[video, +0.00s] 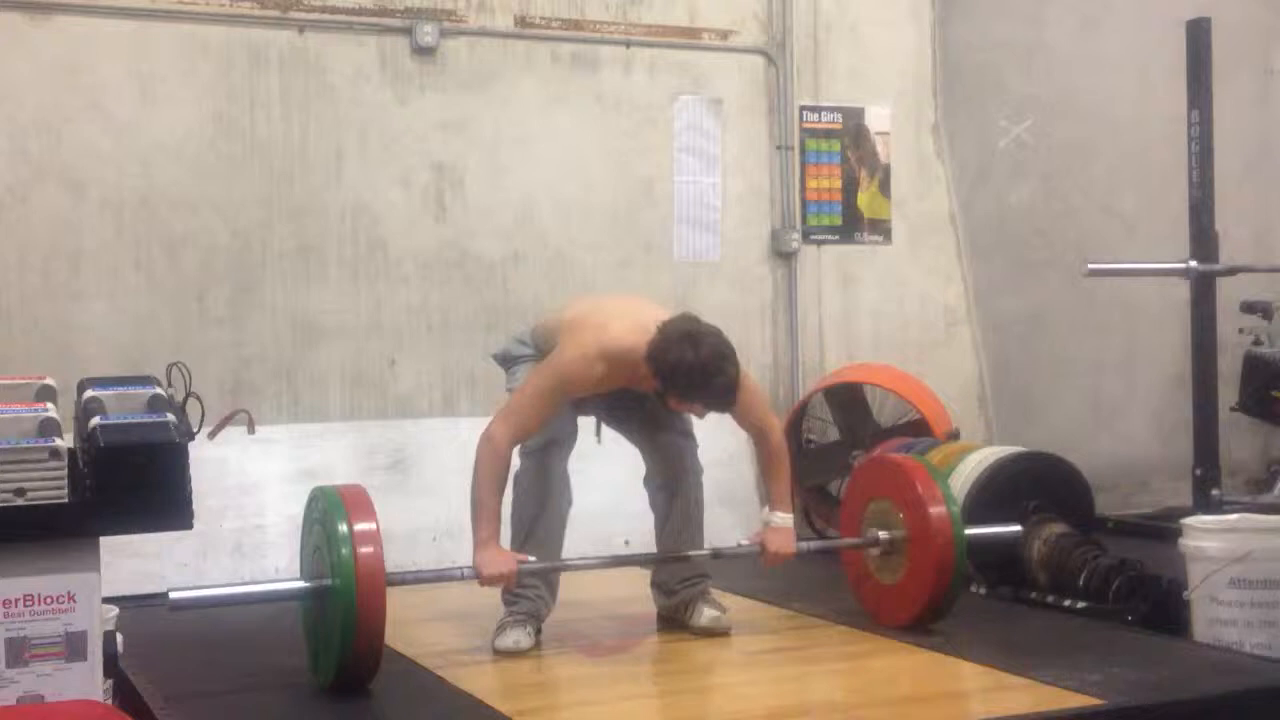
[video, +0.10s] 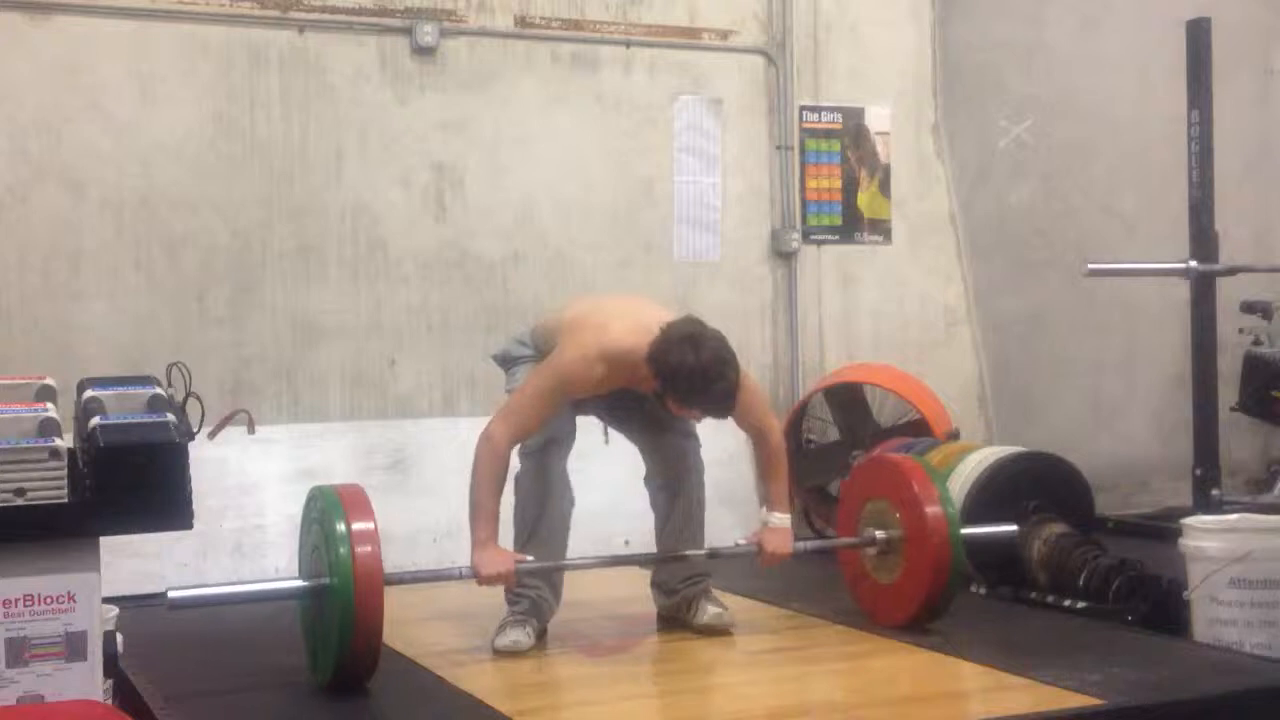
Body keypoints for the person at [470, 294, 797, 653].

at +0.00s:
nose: (698, 415)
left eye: (707, 408)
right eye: (691, 407)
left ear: (723, 375)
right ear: (659, 384)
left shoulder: (713, 367)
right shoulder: (581, 362)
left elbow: (769, 431)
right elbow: (495, 439)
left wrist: (782, 520)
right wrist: (485, 546)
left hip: (628, 372)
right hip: (544, 361)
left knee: (678, 454)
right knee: (545, 455)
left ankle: (683, 594)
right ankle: (524, 609)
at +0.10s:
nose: (696, 420)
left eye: (706, 413)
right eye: (690, 412)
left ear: (723, 383)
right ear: (657, 385)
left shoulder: (716, 371)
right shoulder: (582, 363)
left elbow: (768, 432)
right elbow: (494, 439)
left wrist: (780, 521)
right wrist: (483, 546)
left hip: (625, 371)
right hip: (543, 360)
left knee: (680, 451)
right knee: (544, 456)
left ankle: (684, 593)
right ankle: (528, 608)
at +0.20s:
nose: (692, 417)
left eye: (703, 411)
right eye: (685, 407)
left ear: (725, 375)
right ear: (658, 381)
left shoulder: (715, 363)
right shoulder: (587, 361)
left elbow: (765, 430)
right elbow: (496, 437)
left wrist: (778, 518)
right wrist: (481, 543)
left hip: (628, 377)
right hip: (548, 366)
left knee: (682, 454)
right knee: (540, 456)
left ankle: (684, 592)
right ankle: (529, 608)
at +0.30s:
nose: (682, 413)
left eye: (694, 409)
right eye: (674, 403)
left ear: (719, 375)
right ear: (653, 371)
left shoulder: (714, 362)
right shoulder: (586, 357)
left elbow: (761, 430)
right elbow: (498, 435)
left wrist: (774, 518)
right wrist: (480, 542)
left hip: (628, 381)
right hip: (551, 370)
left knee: (682, 452)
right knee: (543, 454)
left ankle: (684, 593)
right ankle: (528, 607)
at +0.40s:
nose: (681, 412)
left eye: (694, 407)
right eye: (675, 401)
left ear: (718, 376)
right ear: (653, 370)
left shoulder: (713, 362)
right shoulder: (587, 356)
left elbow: (758, 431)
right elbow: (498, 433)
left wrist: (768, 518)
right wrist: (478, 540)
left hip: (623, 383)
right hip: (548, 375)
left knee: (684, 448)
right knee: (548, 447)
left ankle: (685, 593)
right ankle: (529, 607)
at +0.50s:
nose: (677, 409)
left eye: (690, 403)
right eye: (671, 398)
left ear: (716, 377)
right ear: (653, 369)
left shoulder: (713, 364)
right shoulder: (585, 357)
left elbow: (754, 437)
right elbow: (496, 434)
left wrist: (765, 518)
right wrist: (475, 542)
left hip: (625, 392)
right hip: (553, 387)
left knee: (687, 448)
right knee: (552, 446)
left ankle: (685, 593)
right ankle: (530, 606)